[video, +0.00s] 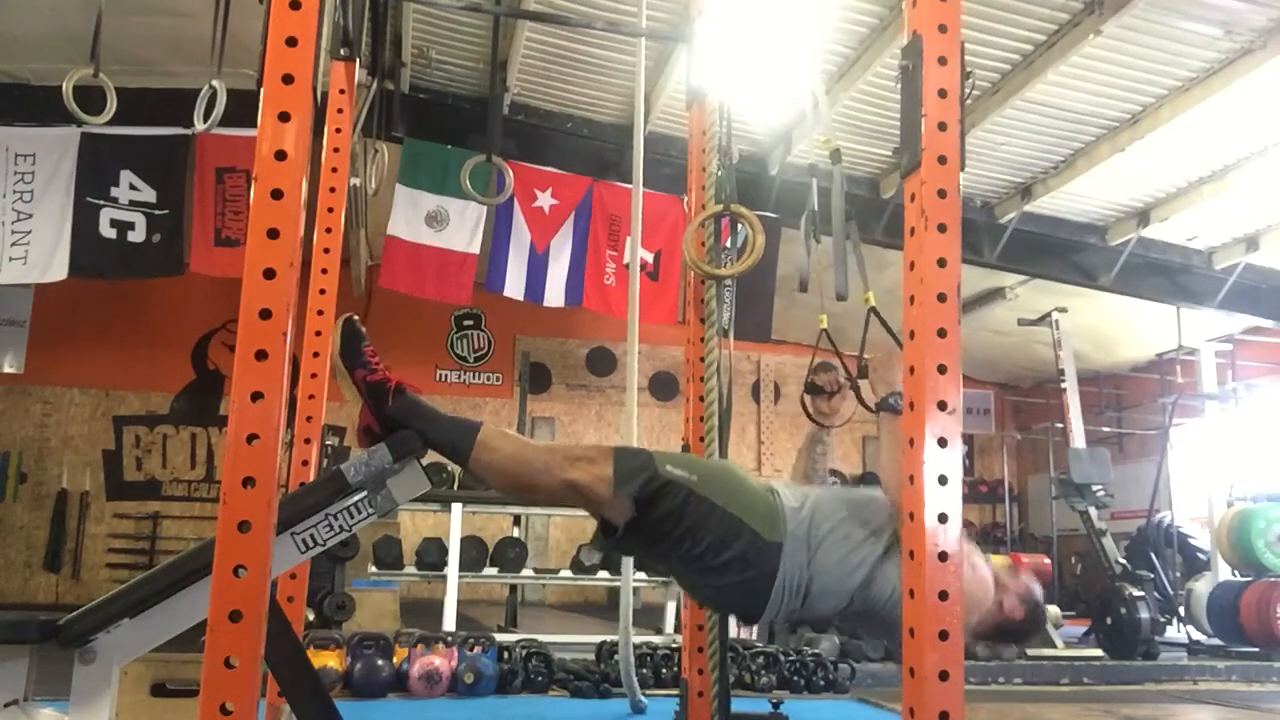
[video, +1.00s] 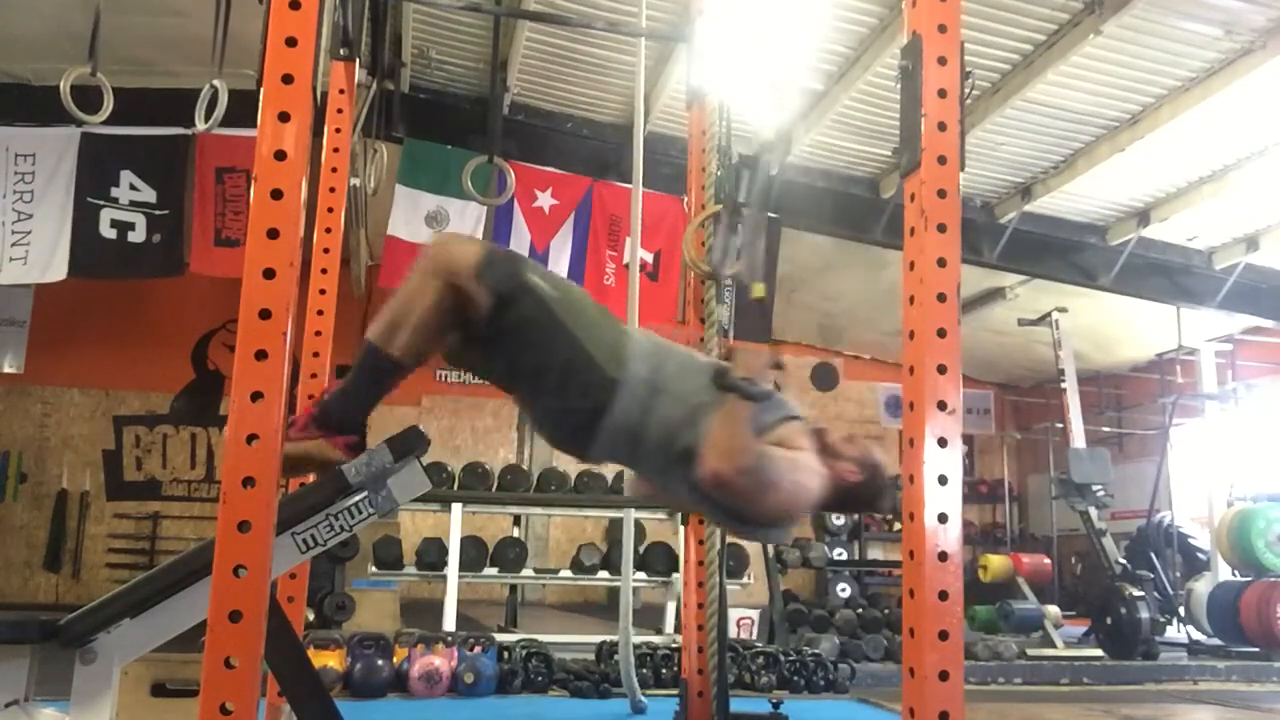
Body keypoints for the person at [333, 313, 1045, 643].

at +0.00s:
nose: (1017, 568)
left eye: (1024, 583)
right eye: (1025, 569)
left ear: (1007, 613)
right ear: (1002, 566)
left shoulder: (966, 596)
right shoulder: (947, 564)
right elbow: (859, 499)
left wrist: (934, 454)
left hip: (771, 549)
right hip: (766, 522)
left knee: (606, 479)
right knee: (600, 470)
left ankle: (402, 412)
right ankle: (416, 432)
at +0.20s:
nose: (1014, 502)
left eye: (1023, 512)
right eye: (1022, 499)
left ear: (1015, 544)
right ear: (1010, 492)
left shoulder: (969, 532)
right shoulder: (960, 496)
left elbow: (908, 490)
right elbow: (891, 460)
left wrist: (928, 428)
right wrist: (888, 409)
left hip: (786, 500)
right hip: (775, 475)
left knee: (605, 461)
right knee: (596, 453)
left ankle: (402, 417)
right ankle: (407, 415)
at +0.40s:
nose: (1025, 426)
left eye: (1035, 438)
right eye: (1033, 425)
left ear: (1033, 466)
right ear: (1021, 432)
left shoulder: (992, 469)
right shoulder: (975, 436)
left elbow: (924, 470)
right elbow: (896, 430)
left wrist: (931, 398)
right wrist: (893, 379)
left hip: (792, 456)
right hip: (779, 429)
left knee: (606, 413)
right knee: (599, 408)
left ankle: (400, 416)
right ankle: (407, 419)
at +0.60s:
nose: (1002, 435)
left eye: (1010, 449)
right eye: (1008, 433)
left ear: (1002, 472)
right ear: (994, 428)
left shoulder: (957, 481)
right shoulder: (944, 432)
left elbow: (889, 466)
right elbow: (874, 428)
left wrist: (891, 380)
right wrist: (879, 366)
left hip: (765, 432)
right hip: (755, 428)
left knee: (590, 338)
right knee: (579, 348)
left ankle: (392, 411)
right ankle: (399, 411)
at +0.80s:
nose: (925, 422)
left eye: (939, 432)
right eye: (937, 422)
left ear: (938, 467)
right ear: (927, 426)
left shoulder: (897, 486)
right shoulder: (884, 434)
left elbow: (825, 474)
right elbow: (828, 418)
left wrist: (824, 382)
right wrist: (830, 363)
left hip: (687, 418)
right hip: (688, 382)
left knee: (530, 294)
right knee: (515, 316)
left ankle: (370, 408)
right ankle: (378, 400)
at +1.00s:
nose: (855, 443)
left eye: (863, 458)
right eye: (864, 444)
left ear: (851, 479)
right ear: (847, 448)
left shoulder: (801, 481)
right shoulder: (791, 446)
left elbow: (722, 466)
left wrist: (754, 395)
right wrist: (755, 384)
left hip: (610, 390)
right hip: (610, 379)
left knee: (458, 259)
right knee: (450, 296)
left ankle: (342, 412)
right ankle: (339, 413)